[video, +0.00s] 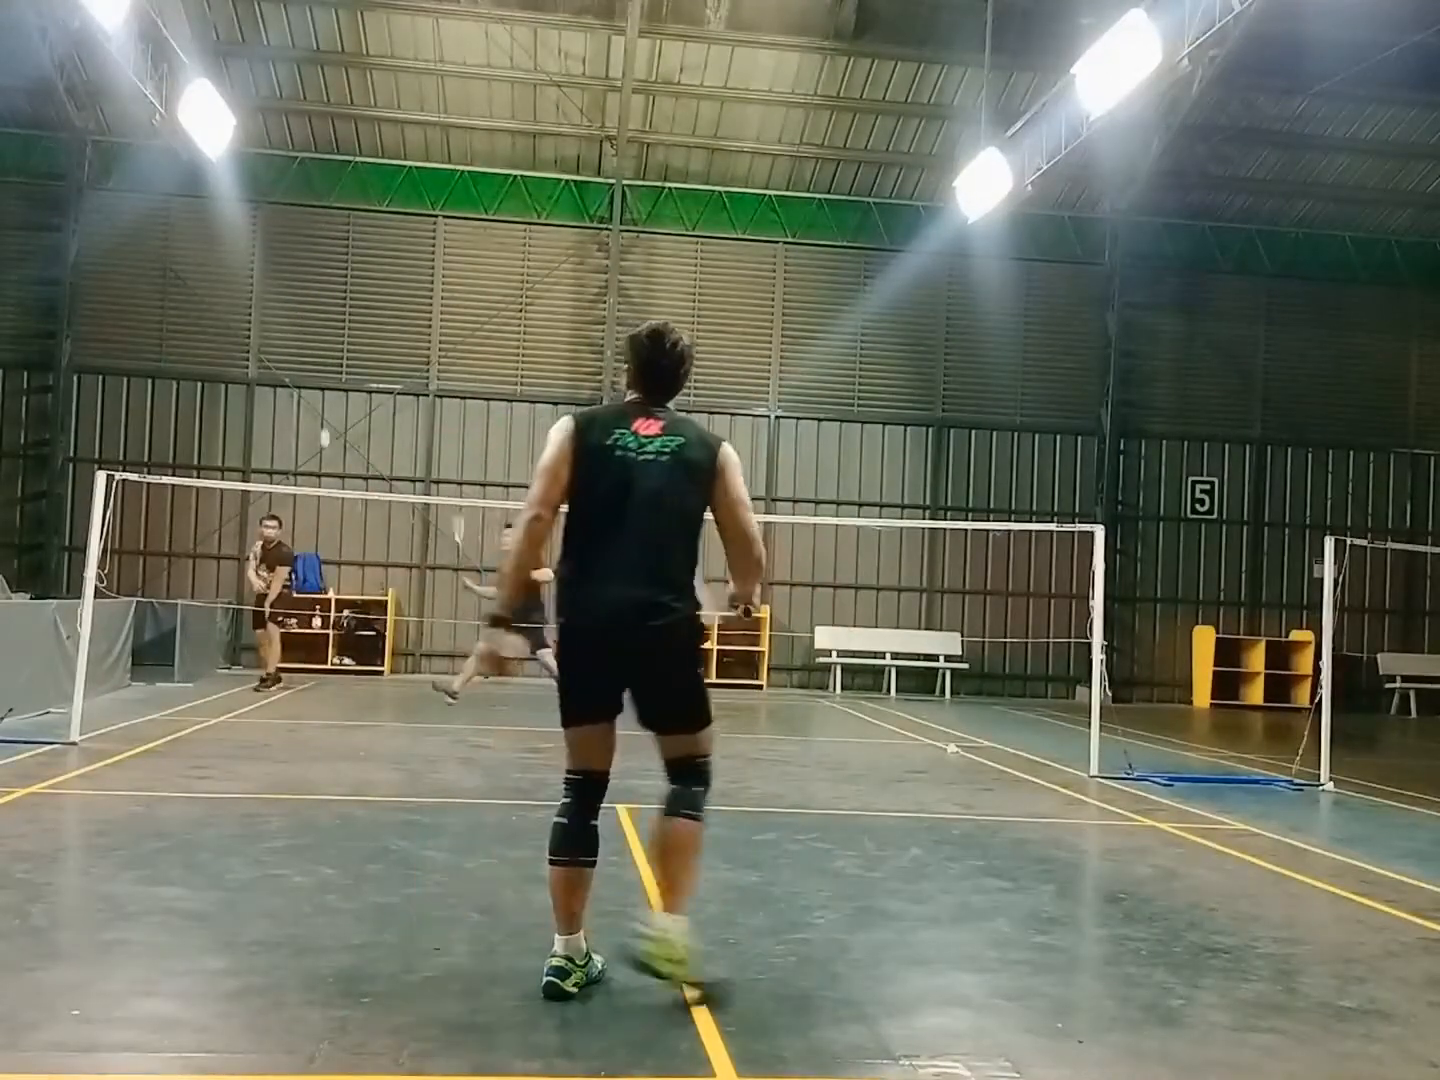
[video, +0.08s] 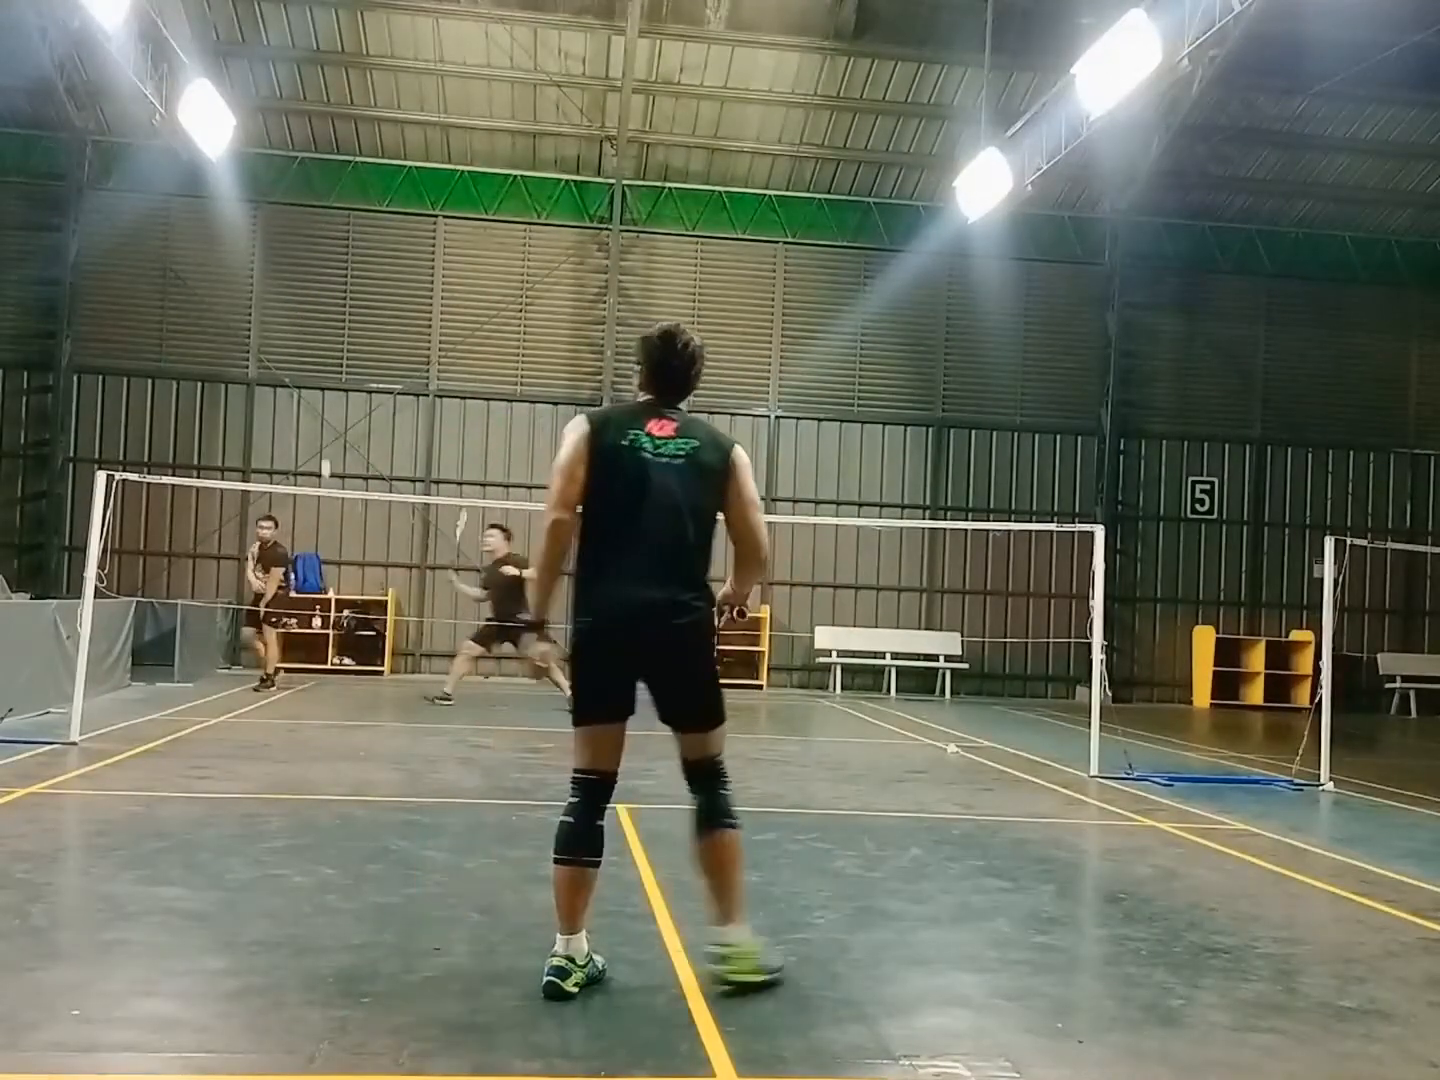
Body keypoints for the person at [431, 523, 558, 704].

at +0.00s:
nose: (504, 539)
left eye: (508, 536)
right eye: (503, 536)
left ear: (521, 538)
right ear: (501, 539)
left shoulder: (530, 562)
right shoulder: (510, 567)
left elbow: (549, 575)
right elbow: (499, 592)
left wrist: (530, 577)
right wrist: (473, 587)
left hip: (532, 631)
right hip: (510, 629)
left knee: (551, 664)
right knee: (482, 649)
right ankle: (455, 687)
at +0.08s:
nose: (486, 540)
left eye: (491, 536)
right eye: (485, 536)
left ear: (505, 540)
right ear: (484, 541)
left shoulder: (516, 561)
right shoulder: (490, 569)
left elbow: (535, 574)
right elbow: (481, 595)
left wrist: (518, 572)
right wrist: (457, 584)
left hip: (520, 623)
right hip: (496, 623)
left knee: (541, 657)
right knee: (467, 651)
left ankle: (569, 693)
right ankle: (447, 693)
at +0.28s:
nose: (438, 548)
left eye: (443, 544)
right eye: (437, 545)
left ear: (457, 545)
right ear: (438, 550)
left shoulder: (474, 561)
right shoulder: (444, 576)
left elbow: (501, 573)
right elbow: (418, 593)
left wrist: (491, 577)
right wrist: (392, 593)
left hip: (493, 618)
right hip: (469, 621)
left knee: (517, 654)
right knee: (441, 646)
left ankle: (542, 693)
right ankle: (442, 693)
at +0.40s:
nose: (424, 543)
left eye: (428, 538)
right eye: (423, 539)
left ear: (441, 538)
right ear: (424, 544)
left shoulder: (462, 554)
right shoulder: (431, 571)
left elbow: (488, 566)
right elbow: (421, 594)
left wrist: (469, 577)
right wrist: (418, 616)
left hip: (483, 606)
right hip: (460, 612)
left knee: (505, 642)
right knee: (440, 644)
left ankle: (530, 683)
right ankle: (442, 692)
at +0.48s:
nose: (421, 539)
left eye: (424, 534)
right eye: (419, 536)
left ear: (438, 534)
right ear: (420, 540)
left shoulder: (459, 550)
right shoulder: (428, 567)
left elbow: (485, 563)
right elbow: (427, 595)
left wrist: (467, 575)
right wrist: (427, 619)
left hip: (481, 604)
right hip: (458, 609)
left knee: (502, 636)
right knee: (440, 643)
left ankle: (527, 679)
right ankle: (441, 691)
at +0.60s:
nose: (421, 536)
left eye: (424, 531)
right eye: (418, 533)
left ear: (437, 532)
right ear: (417, 538)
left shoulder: (458, 548)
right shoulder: (425, 566)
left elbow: (483, 561)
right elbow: (428, 594)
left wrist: (469, 577)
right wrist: (431, 620)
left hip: (478, 603)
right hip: (455, 608)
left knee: (503, 635)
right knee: (444, 646)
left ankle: (529, 672)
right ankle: (431, 689)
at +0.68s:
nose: (423, 536)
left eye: (426, 531)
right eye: (419, 533)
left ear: (438, 533)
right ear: (417, 538)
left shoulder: (458, 549)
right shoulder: (424, 566)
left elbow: (483, 563)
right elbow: (426, 594)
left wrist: (471, 580)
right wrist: (430, 620)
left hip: (478, 603)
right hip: (454, 608)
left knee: (503, 636)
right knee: (442, 646)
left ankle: (528, 672)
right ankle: (431, 689)